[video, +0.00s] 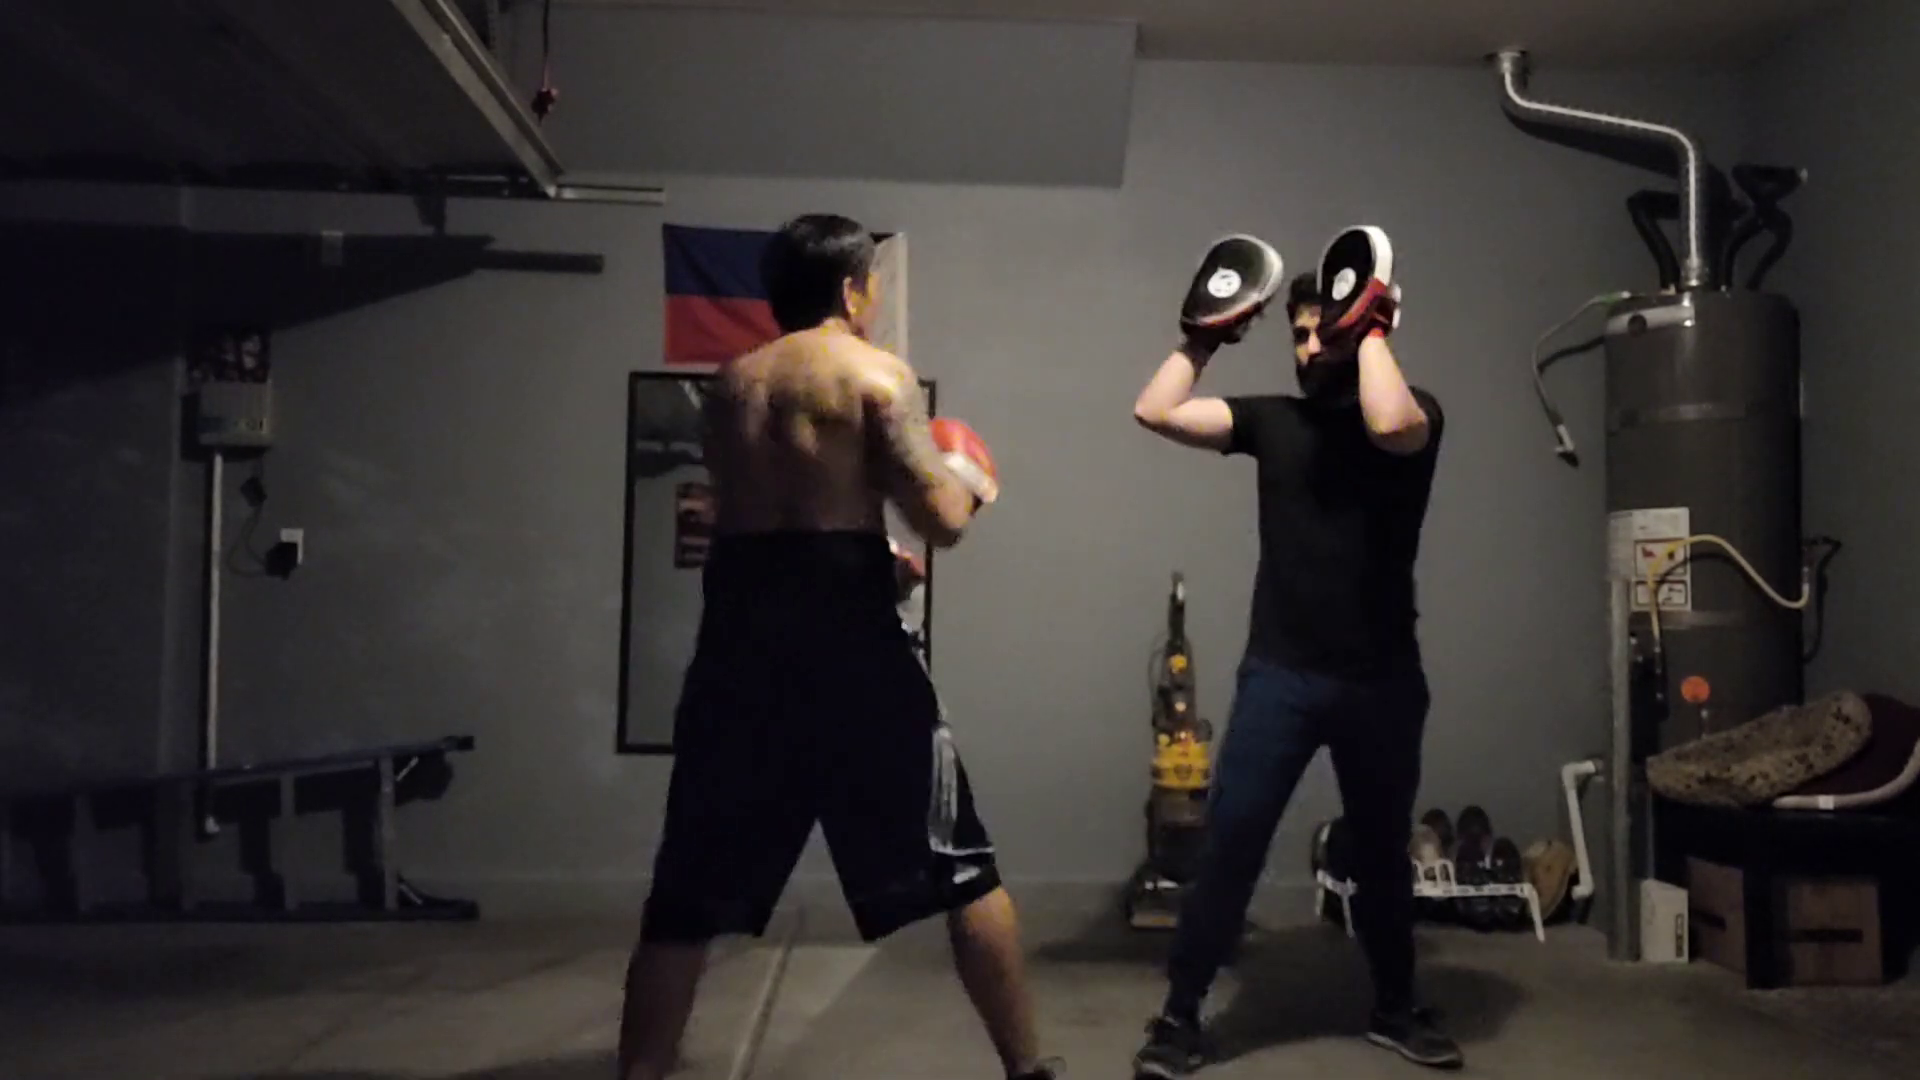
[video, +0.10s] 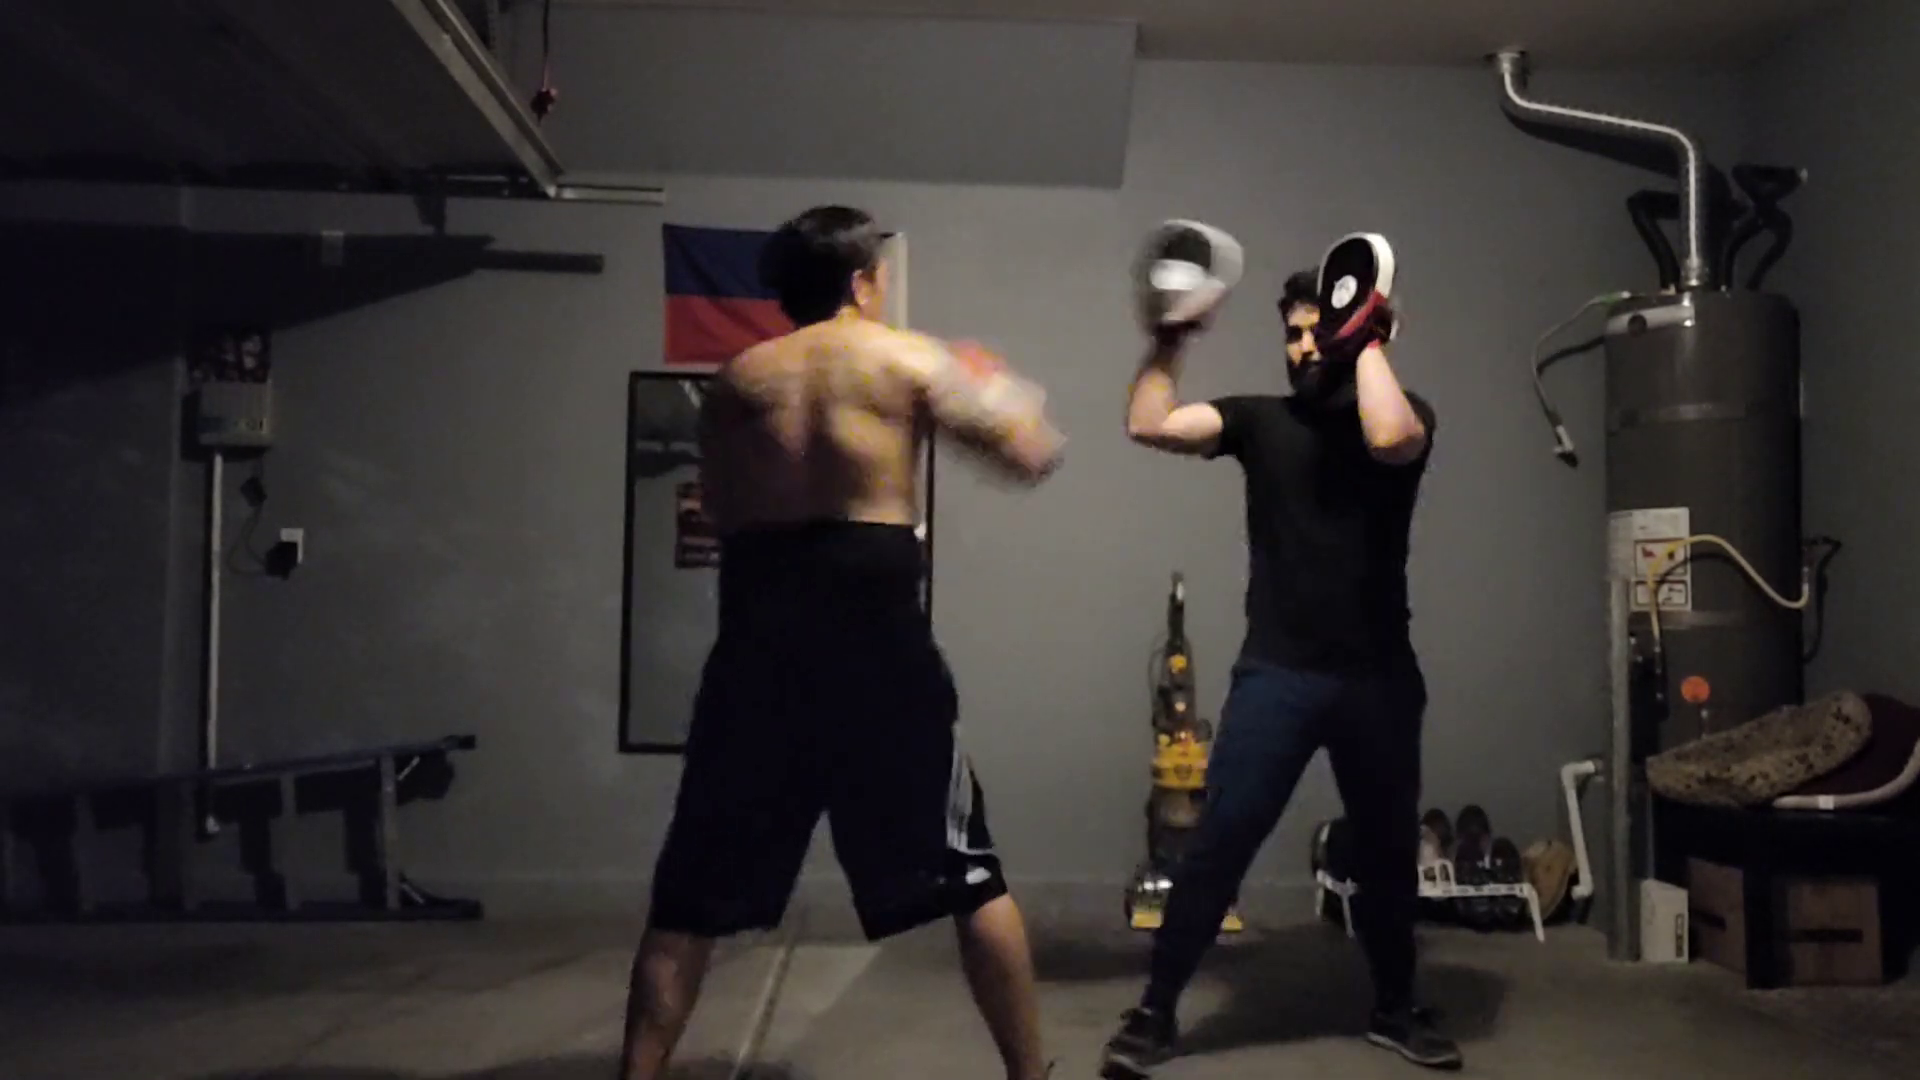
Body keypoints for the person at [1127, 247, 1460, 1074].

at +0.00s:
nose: (1317, 345)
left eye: (1333, 330)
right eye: (1304, 332)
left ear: (1365, 335)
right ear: (1290, 340)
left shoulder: (1407, 412)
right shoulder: (1271, 416)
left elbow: (1391, 424)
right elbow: (1156, 411)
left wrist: (1371, 332)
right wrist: (1204, 335)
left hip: (1380, 676)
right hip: (1281, 670)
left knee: (1383, 855)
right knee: (1230, 842)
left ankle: (1396, 1011)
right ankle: (1180, 1016)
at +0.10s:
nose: (1305, 345)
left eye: (1319, 330)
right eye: (1295, 332)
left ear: (1356, 335)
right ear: (1282, 341)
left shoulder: (1400, 413)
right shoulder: (1260, 418)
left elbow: (1390, 436)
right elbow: (1149, 423)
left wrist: (1366, 338)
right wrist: (1169, 336)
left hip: (1377, 675)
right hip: (1278, 670)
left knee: (1389, 853)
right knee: (1222, 837)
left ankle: (1396, 1009)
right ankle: (1155, 1011)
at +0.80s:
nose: (1219, 359)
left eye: (1234, 342)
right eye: (1210, 347)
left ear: (1280, 342)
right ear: (1203, 355)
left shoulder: (1318, 410)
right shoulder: (1202, 434)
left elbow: (1277, 430)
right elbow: (1116, 455)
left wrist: (1201, 358)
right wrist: (1108, 376)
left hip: (1316, 680)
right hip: (1218, 680)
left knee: (1356, 846)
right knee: (1166, 843)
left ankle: (1398, 1005)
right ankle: (1140, 1010)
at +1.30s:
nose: (1301, 352)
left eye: (1315, 337)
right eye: (1290, 339)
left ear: (1353, 337)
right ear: (1277, 343)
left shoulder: (1396, 412)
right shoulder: (1256, 419)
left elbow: (1385, 444)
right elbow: (1144, 437)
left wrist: (1365, 346)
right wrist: (1153, 355)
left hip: (1371, 676)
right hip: (1269, 674)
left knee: (1392, 853)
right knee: (1211, 841)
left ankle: (1402, 1011)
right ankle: (1155, 1012)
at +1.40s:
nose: (1287, 353)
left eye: (1301, 339)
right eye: (1275, 340)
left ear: (1336, 341)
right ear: (1261, 345)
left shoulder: (1378, 421)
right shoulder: (1238, 418)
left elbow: (1362, 454)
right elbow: (1139, 406)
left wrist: (1347, 356)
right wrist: (1091, 337)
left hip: (1368, 677)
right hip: (1269, 677)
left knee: (1398, 852)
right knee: (1211, 845)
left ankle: (1405, 1010)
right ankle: (1150, 1014)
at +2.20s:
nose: (1265, 353)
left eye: (1279, 337)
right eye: (1253, 341)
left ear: (1308, 347)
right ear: (1236, 353)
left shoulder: (1342, 419)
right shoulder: (1222, 426)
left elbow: (1291, 452)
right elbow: (1139, 441)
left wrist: (1282, 363)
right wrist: (1120, 373)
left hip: (1330, 683)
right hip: (1233, 682)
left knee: (1364, 849)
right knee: (1180, 827)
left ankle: (1400, 1009)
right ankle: (1150, 1014)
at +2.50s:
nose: (1256, 364)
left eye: (1272, 350)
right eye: (1250, 350)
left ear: (1314, 352)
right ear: (1245, 355)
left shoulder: (1359, 423)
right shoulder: (1227, 425)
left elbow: (1340, 447)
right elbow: (1141, 423)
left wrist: (1336, 348)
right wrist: (1131, 344)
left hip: (1331, 687)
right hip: (1232, 682)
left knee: (1363, 849)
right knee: (1179, 826)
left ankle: (1401, 1007)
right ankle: (1150, 1014)